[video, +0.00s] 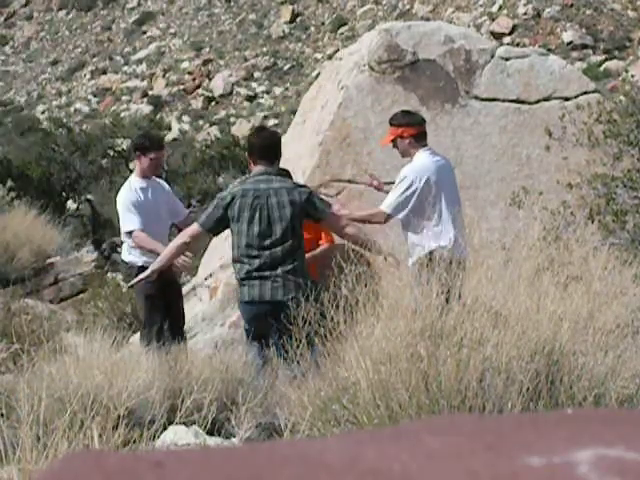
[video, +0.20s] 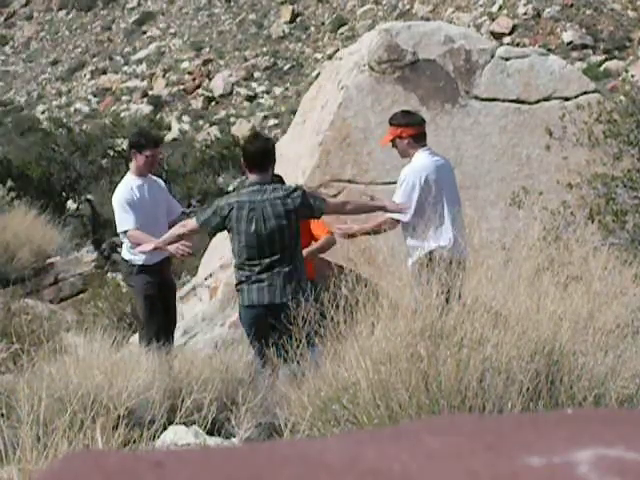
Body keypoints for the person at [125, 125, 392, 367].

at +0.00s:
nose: (253, 163)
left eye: (250, 158)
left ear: (249, 159)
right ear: (280, 156)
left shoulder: (234, 194)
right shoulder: (298, 192)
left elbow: (189, 236)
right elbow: (342, 228)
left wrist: (154, 269)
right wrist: (376, 248)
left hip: (252, 296)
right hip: (292, 292)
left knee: (260, 362)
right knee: (304, 361)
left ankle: (263, 418)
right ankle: (314, 417)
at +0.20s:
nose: (252, 168)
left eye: (246, 164)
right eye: (265, 162)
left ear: (244, 166)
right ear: (274, 162)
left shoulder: (230, 203)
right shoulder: (293, 196)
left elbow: (189, 228)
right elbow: (340, 207)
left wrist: (156, 244)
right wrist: (382, 206)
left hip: (252, 299)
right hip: (292, 294)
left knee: (265, 366)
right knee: (308, 360)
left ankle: (272, 420)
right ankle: (317, 416)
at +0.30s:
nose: (266, 156)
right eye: (268, 150)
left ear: (243, 157)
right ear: (272, 152)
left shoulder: (229, 192)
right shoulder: (289, 185)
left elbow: (195, 202)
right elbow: (337, 185)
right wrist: (375, 172)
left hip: (254, 287)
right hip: (292, 281)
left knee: (261, 357)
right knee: (308, 348)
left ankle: (268, 416)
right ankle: (317, 409)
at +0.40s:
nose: (268, 135)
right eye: (270, 129)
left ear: (244, 135)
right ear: (274, 132)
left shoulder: (230, 169)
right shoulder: (290, 162)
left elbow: (194, 171)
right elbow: (338, 154)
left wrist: (175, 155)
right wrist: (376, 133)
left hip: (253, 261)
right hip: (290, 254)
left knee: (263, 324)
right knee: (304, 317)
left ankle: (271, 387)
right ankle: (316, 375)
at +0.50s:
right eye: (275, 120)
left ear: (248, 124)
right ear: (277, 122)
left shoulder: (234, 159)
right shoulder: (291, 152)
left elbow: (193, 164)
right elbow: (336, 142)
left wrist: (174, 140)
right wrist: (372, 114)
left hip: (257, 253)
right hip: (293, 248)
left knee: (268, 322)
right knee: (306, 312)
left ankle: (285, 382)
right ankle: (321, 372)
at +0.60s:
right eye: (278, 125)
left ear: (254, 130)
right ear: (282, 128)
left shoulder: (240, 164)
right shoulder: (296, 159)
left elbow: (197, 177)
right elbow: (343, 158)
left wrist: (179, 146)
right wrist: (356, 118)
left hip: (261, 258)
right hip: (297, 252)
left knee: (273, 326)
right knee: (306, 318)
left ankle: (288, 386)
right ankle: (319, 377)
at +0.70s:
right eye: (288, 153)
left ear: (260, 157)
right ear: (288, 155)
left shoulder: (244, 191)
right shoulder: (302, 184)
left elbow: (206, 216)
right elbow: (345, 201)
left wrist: (197, 184)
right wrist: (338, 165)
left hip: (269, 279)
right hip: (304, 273)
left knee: (279, 344)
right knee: (317, 337)